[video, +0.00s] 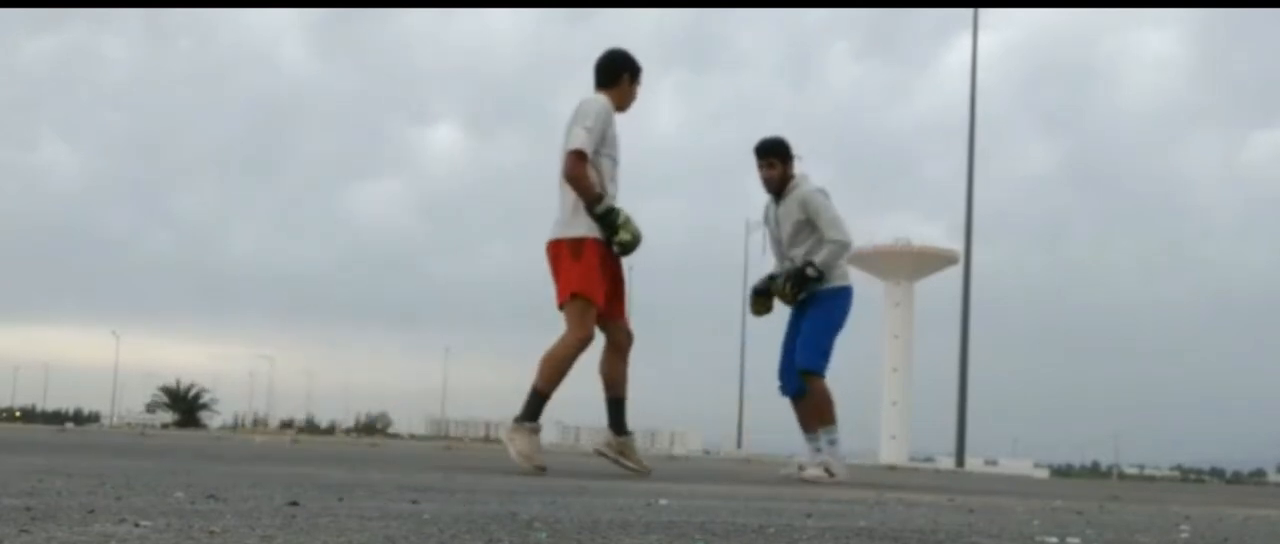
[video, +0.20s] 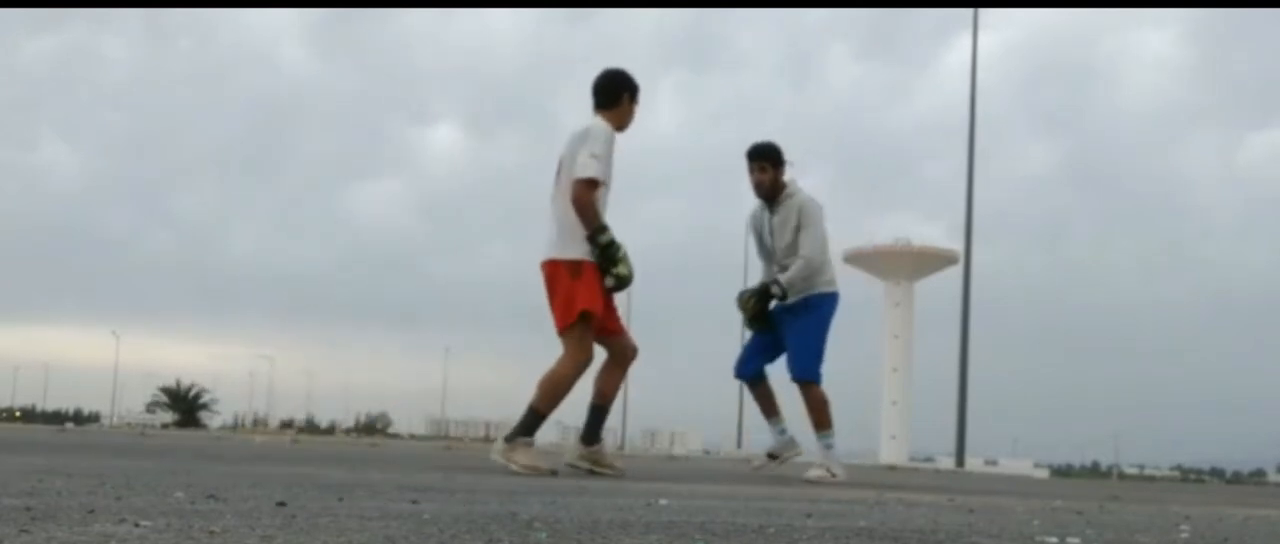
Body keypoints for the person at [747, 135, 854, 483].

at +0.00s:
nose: (765, 174)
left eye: (771, 166)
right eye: (761, 168)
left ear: (788, 166)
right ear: (759, 171)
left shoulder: (810, 196)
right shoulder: (772, 211)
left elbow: (839, 240)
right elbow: (786, 260)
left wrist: (810, 271)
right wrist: (770, 283)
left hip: (830, 292)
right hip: (803, 298)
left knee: (808, 369)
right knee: (791, 376)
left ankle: (833, 457)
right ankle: (816, 456)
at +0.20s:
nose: (755, 180)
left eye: (761, 172)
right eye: (752, 173)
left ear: (779, 172)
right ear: (750, 175)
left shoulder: (806, 206)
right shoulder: (757, 219)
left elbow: (812, 260)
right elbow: (770, 266)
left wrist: (774, 289)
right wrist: (760, 294)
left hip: (814, 298)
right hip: (784, 302)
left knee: (804, 373)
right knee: (748, 368)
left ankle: (830, 458)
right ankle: (782, 440)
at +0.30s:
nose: (742, 182)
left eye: (748, 175)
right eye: (738, 175)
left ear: (764, 175)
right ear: (736, 178)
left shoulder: (788, 209)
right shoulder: (747, 216)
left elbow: (784, 266)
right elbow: (755, 261)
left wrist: (762, 301)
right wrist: (749, 280)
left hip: (804, 299)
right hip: (773, 301)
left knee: (800, 375)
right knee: (742, 371)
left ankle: (828, 459)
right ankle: (741, 449)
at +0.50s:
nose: (701, 197)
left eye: (707, 190)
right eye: (699, 190)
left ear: (722, 190)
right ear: (700, 191)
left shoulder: (742, 221)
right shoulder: (717, 223)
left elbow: (767, 272)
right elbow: (718, 266)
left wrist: (754, 315)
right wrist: (713, 267)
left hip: (770, 307)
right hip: (743, 307)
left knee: (784, 379)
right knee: (708, 378)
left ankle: (819, 457)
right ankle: (713, 452)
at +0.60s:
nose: (693, 188)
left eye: (700, 181)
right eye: (689, 181)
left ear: (713, 183)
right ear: (684, 184)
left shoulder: (735, 213)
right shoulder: (692, 222)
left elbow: (766, 255)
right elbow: (689, 273)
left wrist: (751, 295)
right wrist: (695, 275)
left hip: (753, 303)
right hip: (722, 307)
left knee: (768, 375)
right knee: (700, 381)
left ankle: (793, 453)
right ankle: (713, 451)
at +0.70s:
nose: (687, 180)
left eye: (694, 173)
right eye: (683, 173)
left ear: (707, 175)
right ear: (678, 176)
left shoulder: (732, 205)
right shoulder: (676, 217)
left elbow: (766, 242)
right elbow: (665, 255)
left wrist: (739, 268)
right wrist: (670, 283)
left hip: (739, 300)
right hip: (703, 303)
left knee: (745, 370)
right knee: (697, 378)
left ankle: (758, 451)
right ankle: (712, 449)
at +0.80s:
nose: (688, 178)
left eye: (694, 171)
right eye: (683, 171)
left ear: (704, 172)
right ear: (675, 174)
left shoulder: (727, 204)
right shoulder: (670, 210)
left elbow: (754, 244)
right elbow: (651, 254)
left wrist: (718, 256)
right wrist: (653, 293)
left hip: (724, 299)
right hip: (688, 301)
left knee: (725, 372)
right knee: (695, 378)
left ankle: (714, 440)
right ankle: (710, 445)